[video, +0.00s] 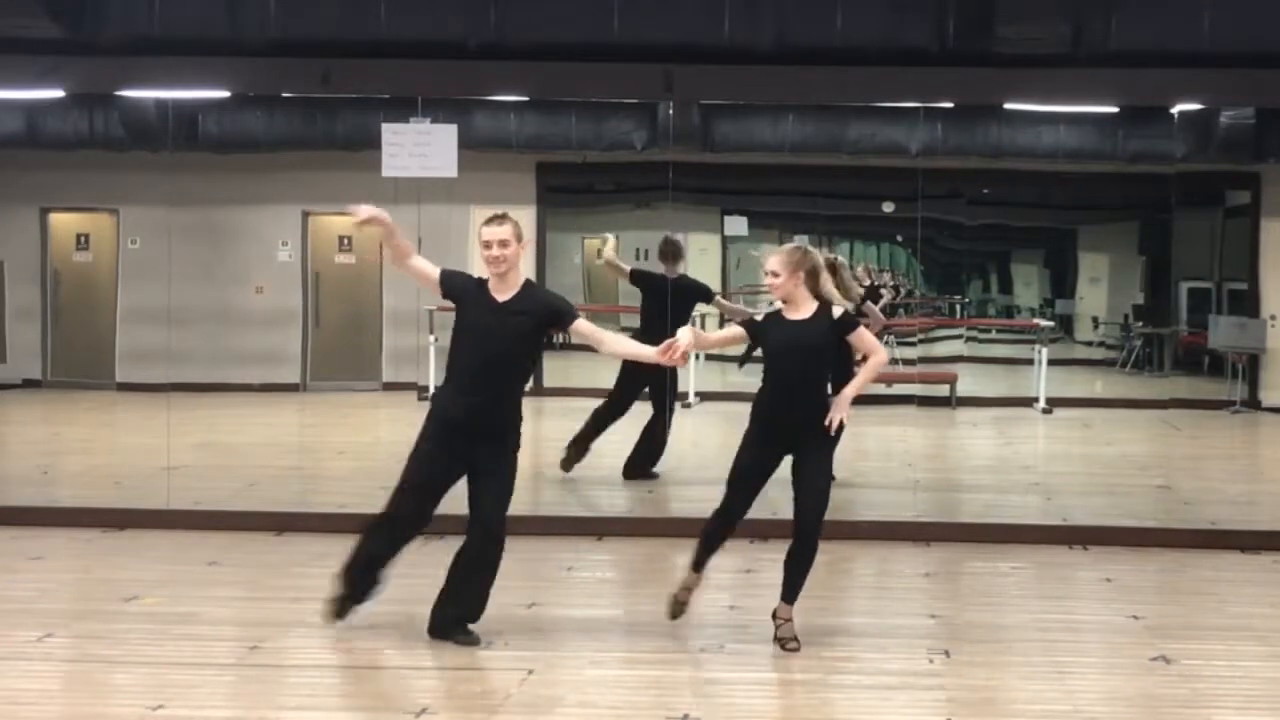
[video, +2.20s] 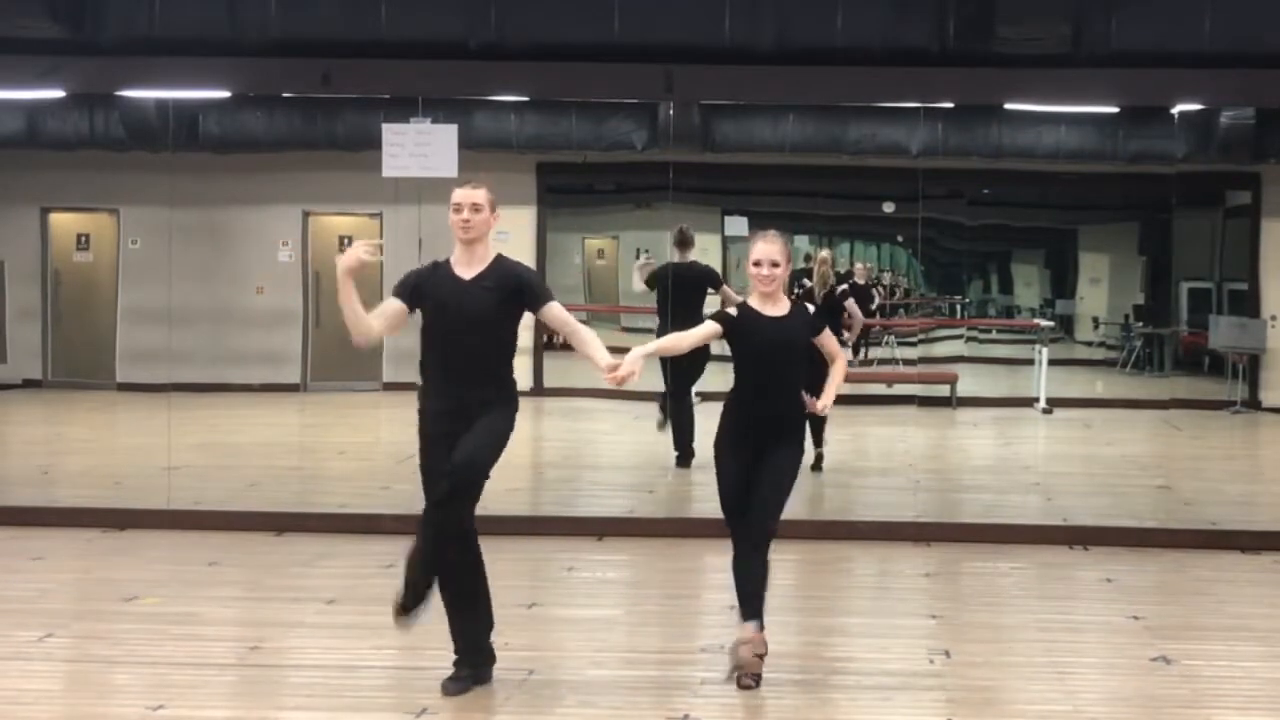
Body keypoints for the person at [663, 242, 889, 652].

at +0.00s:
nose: (767, 281)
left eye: (774, 275)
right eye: (767, 275)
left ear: (800, 277)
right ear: (777, 280)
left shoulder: (836, 317)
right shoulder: (766, 322)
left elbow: (878, 355)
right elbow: (712, 340)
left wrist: (845, 396)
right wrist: (689, 333)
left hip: (816, 433)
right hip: (768, 429)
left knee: (809, 529)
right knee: (731, 509)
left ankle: (785, 612)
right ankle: (692, 577)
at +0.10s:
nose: (770, 281)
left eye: (776, 274)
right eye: (769, 274)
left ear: (802, 276)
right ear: (789, 278)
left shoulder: (834, 320)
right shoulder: (767, 321)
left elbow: (878, 355)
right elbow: (712, 336)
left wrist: (844, 389)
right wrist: (670, 335)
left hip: (814, 434)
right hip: (769, 431)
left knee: (804, 524)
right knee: (754, 515)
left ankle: (790, 611)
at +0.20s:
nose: (773, 277)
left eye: (782, 271)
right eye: (773, 270)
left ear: (806, 274)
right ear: (775, 273)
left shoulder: (832, 318)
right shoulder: (762, 314)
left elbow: (877, 355)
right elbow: (705, 334)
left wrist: (842, 387)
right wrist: (651, 346)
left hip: (816, 429)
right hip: (773, 430)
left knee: (795, 520)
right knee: (788, 522)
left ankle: (785, 610)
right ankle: (827, 589)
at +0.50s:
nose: (784, 280)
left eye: (793, 274)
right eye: (778, 273)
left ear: (807, 280)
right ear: (768, 277)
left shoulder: (820, 324)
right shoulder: (747, 318)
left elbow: (873, 357)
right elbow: (696, 339)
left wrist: (831, 392)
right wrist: (648, 356)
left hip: (814, 440)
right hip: (769, 437)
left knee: (800, 529)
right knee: (769, 529)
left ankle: (779, 614)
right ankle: (801, 580)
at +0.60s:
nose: (777, 275)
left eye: (786, 269)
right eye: (771, 268)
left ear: (800, 276)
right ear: (761, 273)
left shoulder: (815, 321)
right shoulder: (742, 319)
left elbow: (866, 356)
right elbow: (692, 342)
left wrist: (829, 395)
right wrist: (641, 358)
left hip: (810, 438)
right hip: (763, 435)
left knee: (796, 529)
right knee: (760, 524)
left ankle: (773, 613)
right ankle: (752, 593)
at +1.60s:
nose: (758, 268)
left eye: (767, 261)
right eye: (751, 261)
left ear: (782, 267)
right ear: (741, 266)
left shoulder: (798, 318)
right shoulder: (725, 313)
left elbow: (831, 360)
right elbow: (675, 342)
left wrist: (824, 399)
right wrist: (623, 360)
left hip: (784, 433)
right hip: (735, 432)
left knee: (752, 506)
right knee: (737, 534)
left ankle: (718, 594)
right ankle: (749, 643)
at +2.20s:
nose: (765, 272)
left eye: (774, 264)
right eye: (757, 264)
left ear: (788, 269)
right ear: (747, 268)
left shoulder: (807, 317)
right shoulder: (734, 315)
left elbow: (839, 358)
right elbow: (686, 339)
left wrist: (826, 397)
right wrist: (639, 353)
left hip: (785, 437)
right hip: (737, 435)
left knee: (759, 532)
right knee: (743, 532)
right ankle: (752, 633)